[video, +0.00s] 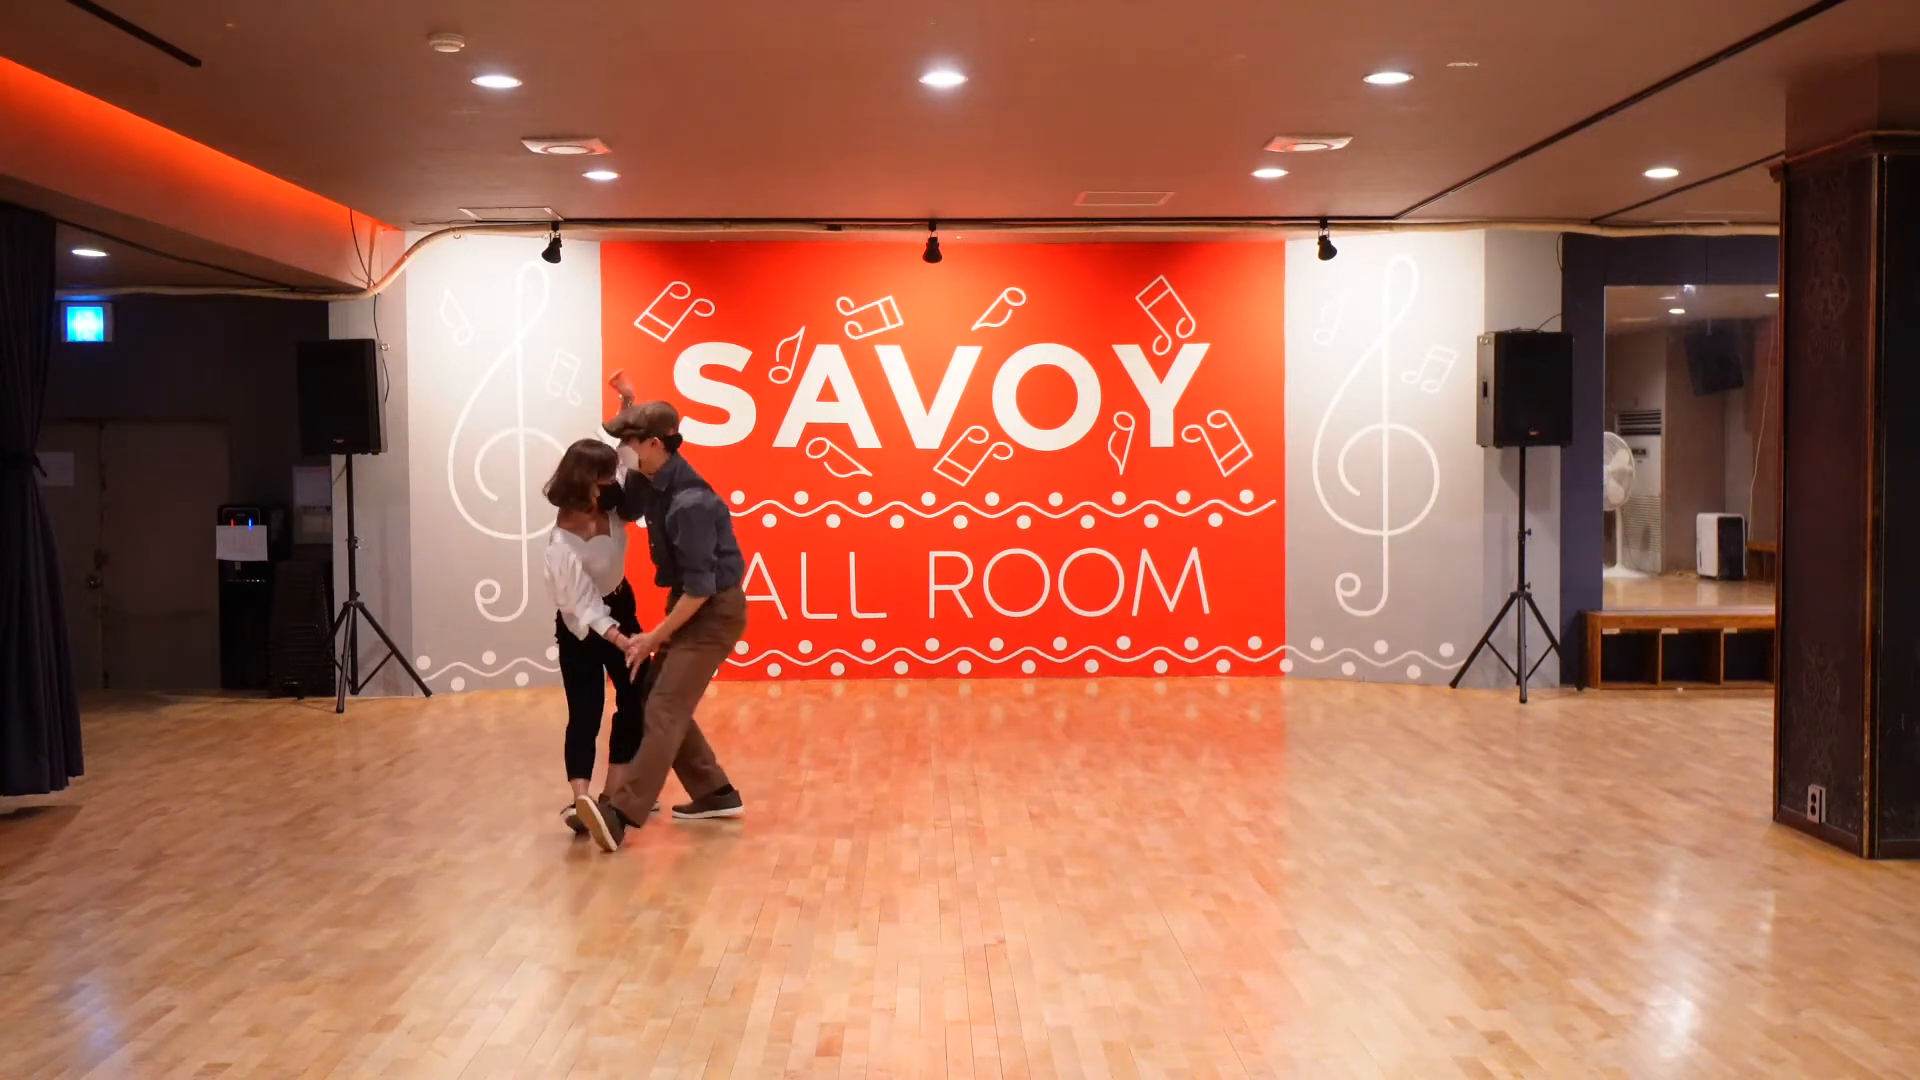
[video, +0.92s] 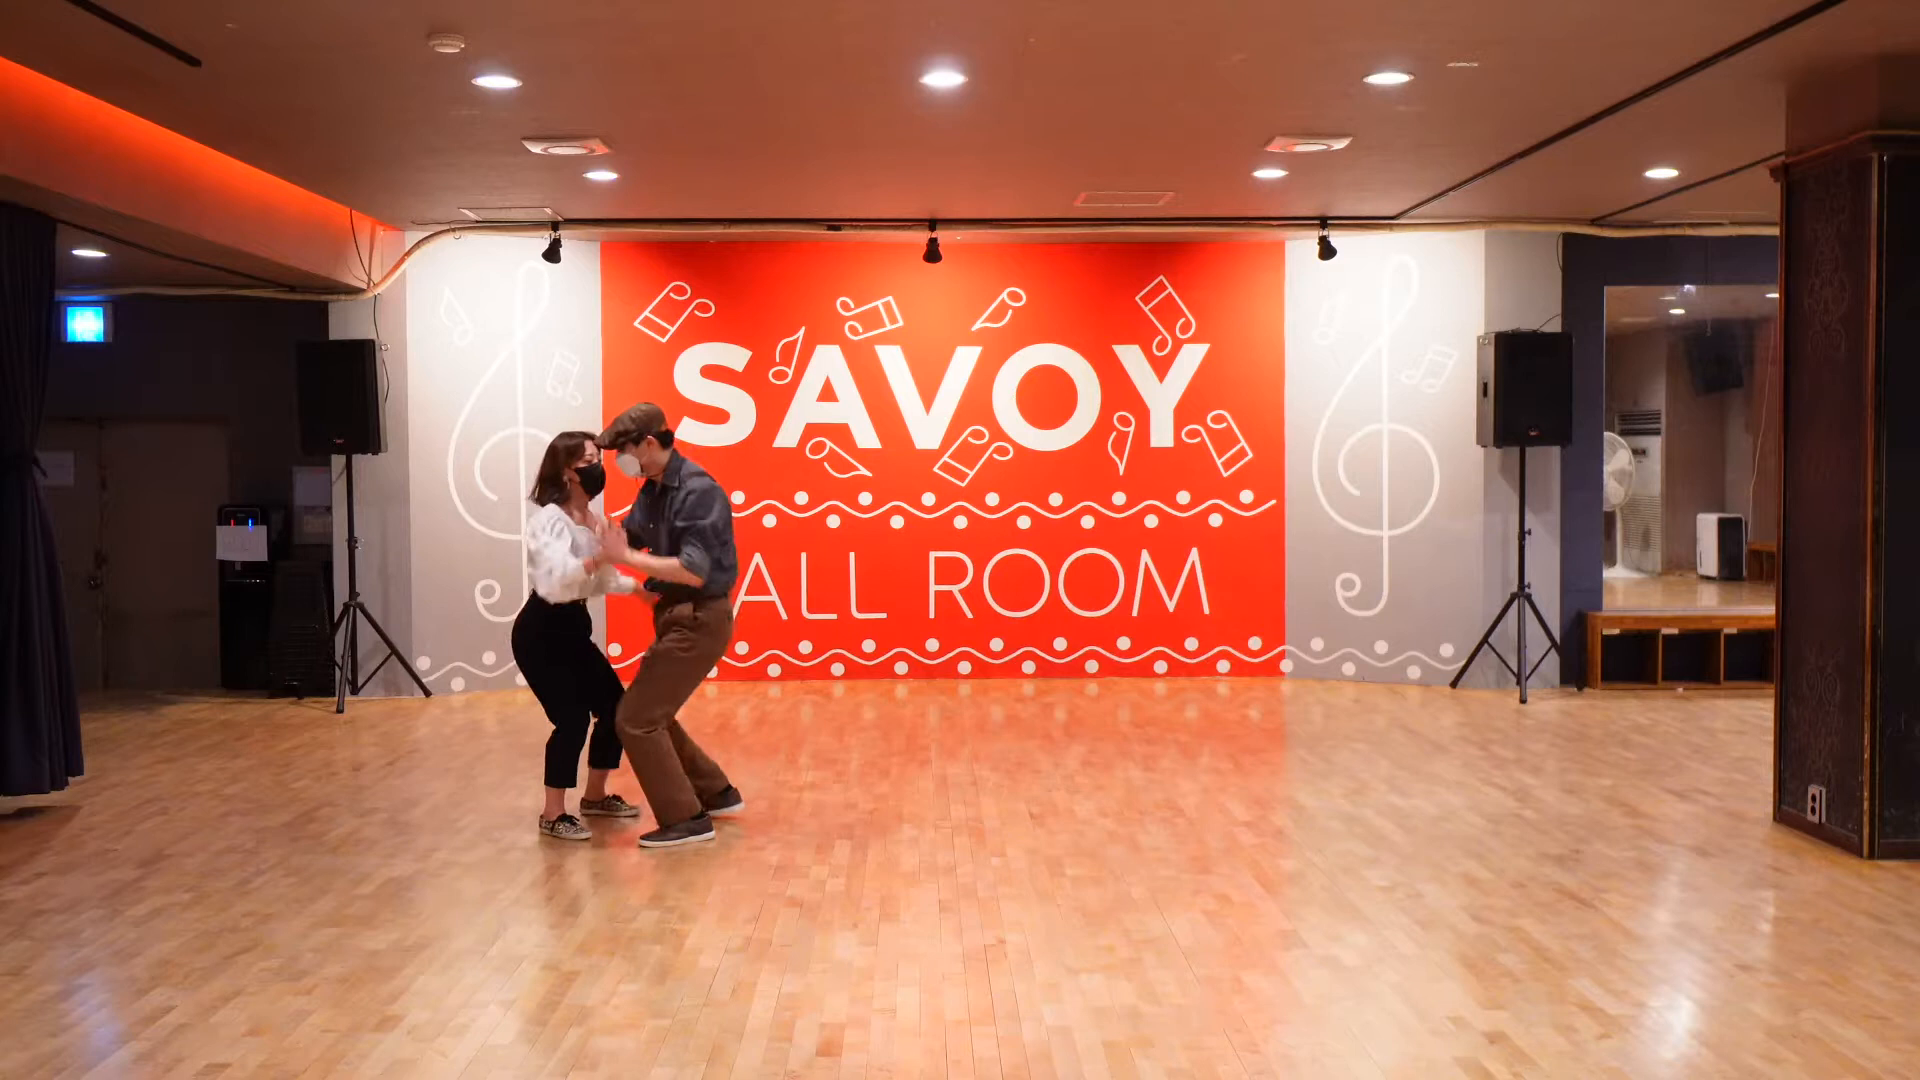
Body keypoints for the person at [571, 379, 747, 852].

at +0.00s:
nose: (629, 453)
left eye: (634, 443)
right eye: (628, 445)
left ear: (657, 444)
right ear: (655, 443)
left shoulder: (689, 502)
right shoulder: (651, 480)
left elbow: (699, 591)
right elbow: (622, 509)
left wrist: (655, 637)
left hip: (716, 610)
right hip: (689, 606)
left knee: (667, 704)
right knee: (659, 699)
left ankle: (620, 812)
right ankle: (716, 793)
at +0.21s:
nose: (629, 467)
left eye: (633, 458)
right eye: (627, 459)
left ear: (659, 451)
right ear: (657, 452)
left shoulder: (693, 502)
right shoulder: (661, 493)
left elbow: (666, 589)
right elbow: (633, 545)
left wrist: (614, 641)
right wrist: (580, 552)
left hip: (713, 624)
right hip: (693, 622)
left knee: (636, 697)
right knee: (662, 713)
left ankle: (679, 802)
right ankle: (716, 795)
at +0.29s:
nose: (630, 468)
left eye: (634, 459)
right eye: (627, 460)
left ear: (660, 447)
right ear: (658, 449)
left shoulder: (690, 492)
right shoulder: (662, 491)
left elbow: (653, 568)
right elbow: (628, 550)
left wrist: (589, 614)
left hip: (709, 622)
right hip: (690, 619)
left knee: (638, 712)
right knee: (659, 715)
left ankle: (686, 811)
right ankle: (716, 795)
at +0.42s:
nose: (630, 460)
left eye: (630, 450)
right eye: (625, 453)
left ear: (652, 437)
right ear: (657, 436)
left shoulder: (677, 465)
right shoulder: (668, 463)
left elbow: (633, 518)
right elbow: (638, 522)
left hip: (706, 600)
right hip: (690, 595)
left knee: (644, 707)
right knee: (639, 694)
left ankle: (685, 810)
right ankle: (688, 784)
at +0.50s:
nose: (626, 459)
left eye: (626, 448)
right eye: (621, 452)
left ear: (647, 432)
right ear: (650, 433)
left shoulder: (671, 453)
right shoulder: (662, 468)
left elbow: (630, 488)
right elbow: (624, 545)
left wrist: (557, 473)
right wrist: (593, 519)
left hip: (710, 589)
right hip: (694, 588)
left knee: (649, 700)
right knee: (630, 682)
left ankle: (693, 810)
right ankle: (640, 786)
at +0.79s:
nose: (627, 457)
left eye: (629, 446)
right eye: (623, 450)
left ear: (652, 435)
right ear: (648, 439)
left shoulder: (686, 473)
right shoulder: (656, 481)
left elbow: (658, 531)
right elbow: (619, 547)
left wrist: (609, 482)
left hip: (703, 613)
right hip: (680, 609)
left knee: (638, 714)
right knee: (618, 693)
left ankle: (688, 818)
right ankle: (646, 793)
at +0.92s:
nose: (629, 462)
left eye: (632, 451)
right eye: (624, 453)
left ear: (655, 441)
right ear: (643, 448)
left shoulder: (699, 491)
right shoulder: (652, 491)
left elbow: (695, 570)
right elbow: (630, 544)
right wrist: (587, 517)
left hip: (701, 618)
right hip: (672, 614)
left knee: (635, 718)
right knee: (647, 713)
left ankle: (685, 820)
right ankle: (715, 791)